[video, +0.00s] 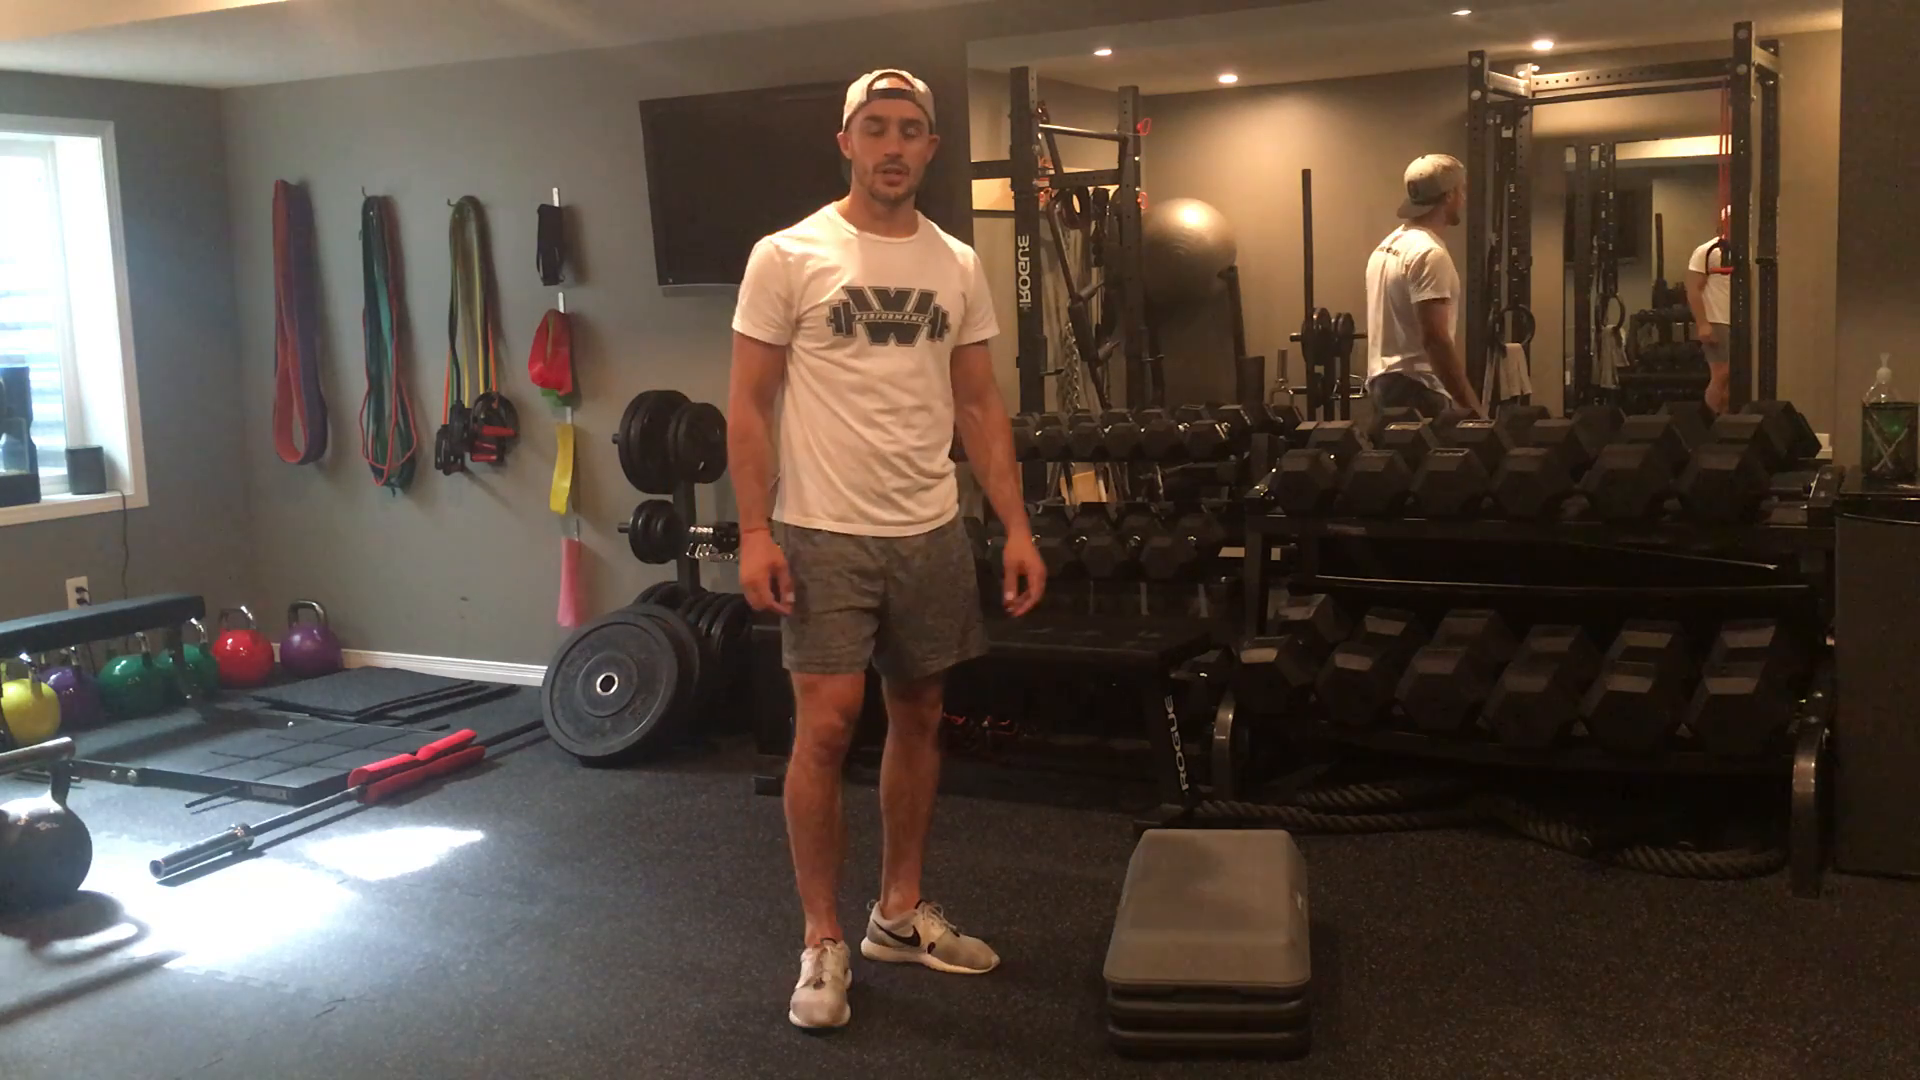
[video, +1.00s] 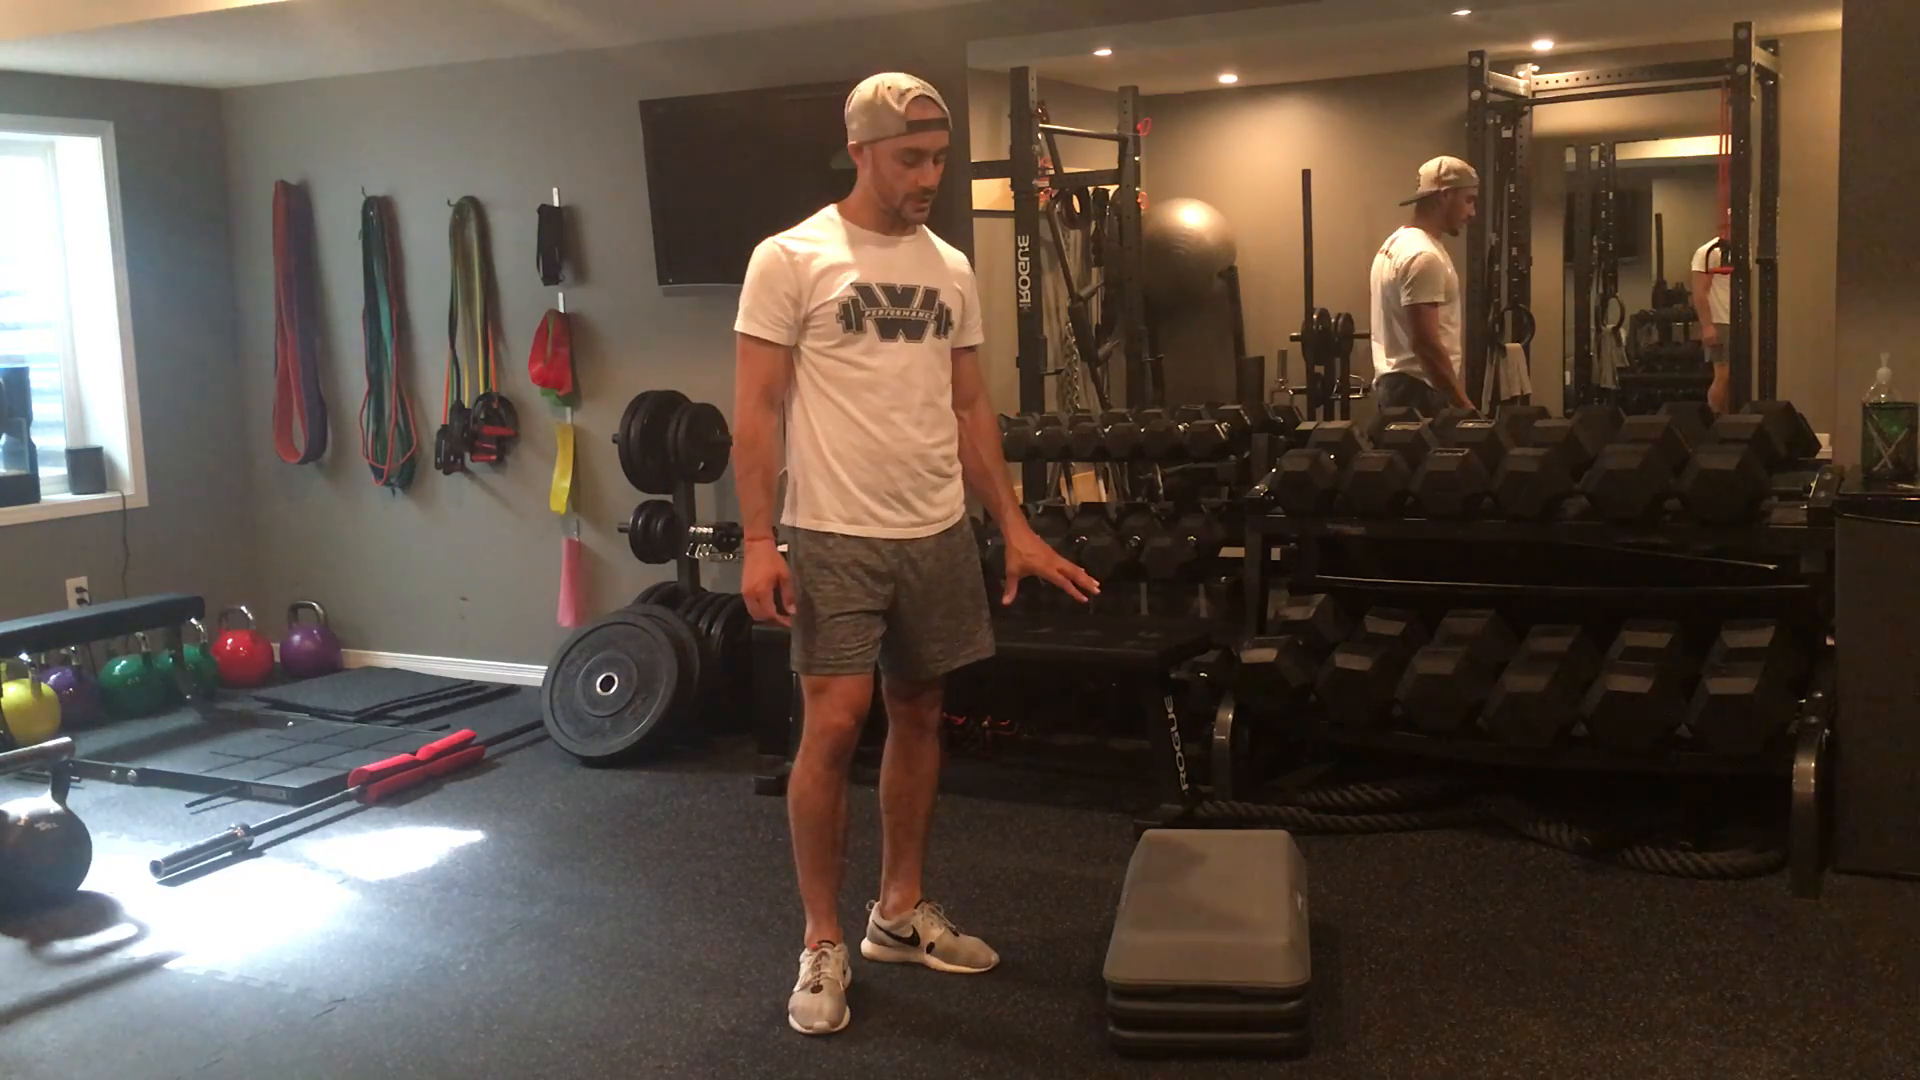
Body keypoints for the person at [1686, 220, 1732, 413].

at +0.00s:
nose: (1732, 228)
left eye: (1735, 224)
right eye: (1729, 223)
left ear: (1740, 226)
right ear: (1722, 225)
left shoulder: (1743, 253)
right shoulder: (1706, 252)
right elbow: (1693, 289)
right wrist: (1702, 323)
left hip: (1739, 325)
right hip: (1717, 323)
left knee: (1730, 378)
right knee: (1721, 375)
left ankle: (1725, 422)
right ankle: (1706, 421)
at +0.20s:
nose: (1731, 224)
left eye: (1734, 219)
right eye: (1728, 219)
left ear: (1740, 222)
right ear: (1720, 222)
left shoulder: (1744, 252)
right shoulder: (1705, 253)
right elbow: (1697, 293)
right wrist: (1706, 325)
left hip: (1741, 324)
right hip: (1719, 324)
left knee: (1733, 378)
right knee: (1721, 376)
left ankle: (1729, 422)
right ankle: (1712, 422)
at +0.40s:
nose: (1734, 230)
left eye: (1736, 225)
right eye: (1730, 225)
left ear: (1740, 227)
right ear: (1721, 226)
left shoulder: (1742, 253)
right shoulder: (1704, 254)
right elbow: (1697, 295)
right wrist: (1704, 327)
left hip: (1741, 324)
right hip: (1720, 324)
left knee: (1734, 378)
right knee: (1722, 377)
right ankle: (1714, 423)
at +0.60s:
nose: (1734, 230)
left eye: (1737, 225)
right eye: (1731, 224)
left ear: (1742, 227)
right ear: (1723, 224)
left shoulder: (1745, 254)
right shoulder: (1706, 254)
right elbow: (1697, 293)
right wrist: (1702, 328)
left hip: (1744, 325)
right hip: (1721, 324)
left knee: (1734, 377)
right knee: (1724, 376)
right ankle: (1714, 422)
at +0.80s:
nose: (1731, 231)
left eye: (1734, 226)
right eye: (1728, 226)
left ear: (1739, 227)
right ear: (1721, 227)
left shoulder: (1744, 253)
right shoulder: (1705, 254)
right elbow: (1698, 293)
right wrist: (1704, 327)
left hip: (1743, 325)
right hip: (1721, 325)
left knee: (1734, 378)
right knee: (1723, 376)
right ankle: (1716, 423)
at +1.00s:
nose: (1733, 231)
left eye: (1736, 226)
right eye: (1730, 226)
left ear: (1742, 228)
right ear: (1723, 227)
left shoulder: (1744, 253)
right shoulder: (1707, 253)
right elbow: (1699, 293)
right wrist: (1707, 325)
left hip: (1743, 325)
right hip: (1721, 324)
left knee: (1734, 377)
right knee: (1723, 375)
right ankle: (1715, 423)